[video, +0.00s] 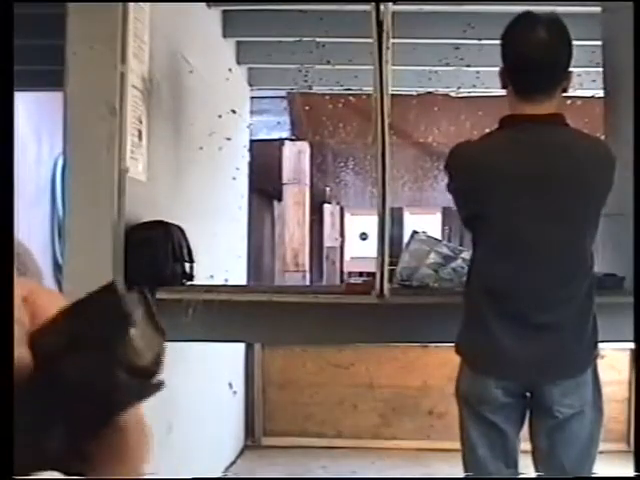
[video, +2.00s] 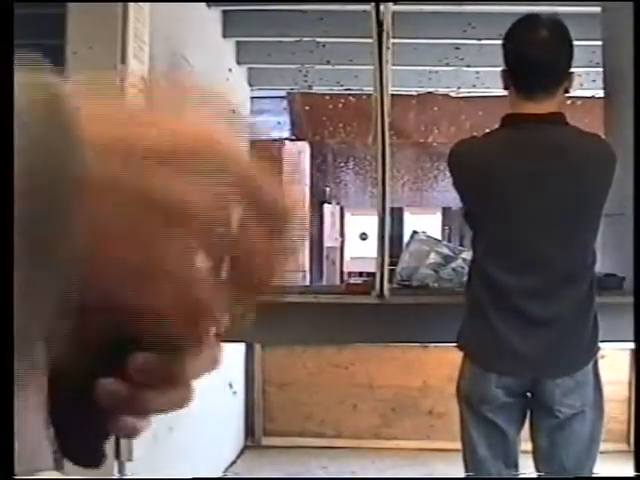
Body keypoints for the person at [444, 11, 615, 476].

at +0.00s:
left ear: (503, 79)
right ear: (567, 80)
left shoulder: (467, 160)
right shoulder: (598, 159)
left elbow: (478, 222)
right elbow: (568, 220)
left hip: (489, 359)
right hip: (567, 362)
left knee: (489, 472)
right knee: (568, 472)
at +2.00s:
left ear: (505, 80)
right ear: (569, 82)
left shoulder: (468, 158)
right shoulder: (599, 156)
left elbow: (485, 221)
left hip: (491, 357)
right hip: (569, 360)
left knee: (489, 472)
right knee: (568, 472)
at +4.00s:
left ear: (501, 78)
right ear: (565, 80)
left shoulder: (465, 159)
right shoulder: (596, 155)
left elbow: (484, 220)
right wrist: (549, 117)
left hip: (490, 356)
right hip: (568, 358)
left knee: (489, 472)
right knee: (568, 472)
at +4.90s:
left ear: (500, 78)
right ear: (565, 79)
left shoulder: (465, 160)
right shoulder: (596, 155)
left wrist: (533, 120)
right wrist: (551, 115)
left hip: (490, 357)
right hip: (568, 358)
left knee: (489, 472)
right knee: (568, 472)